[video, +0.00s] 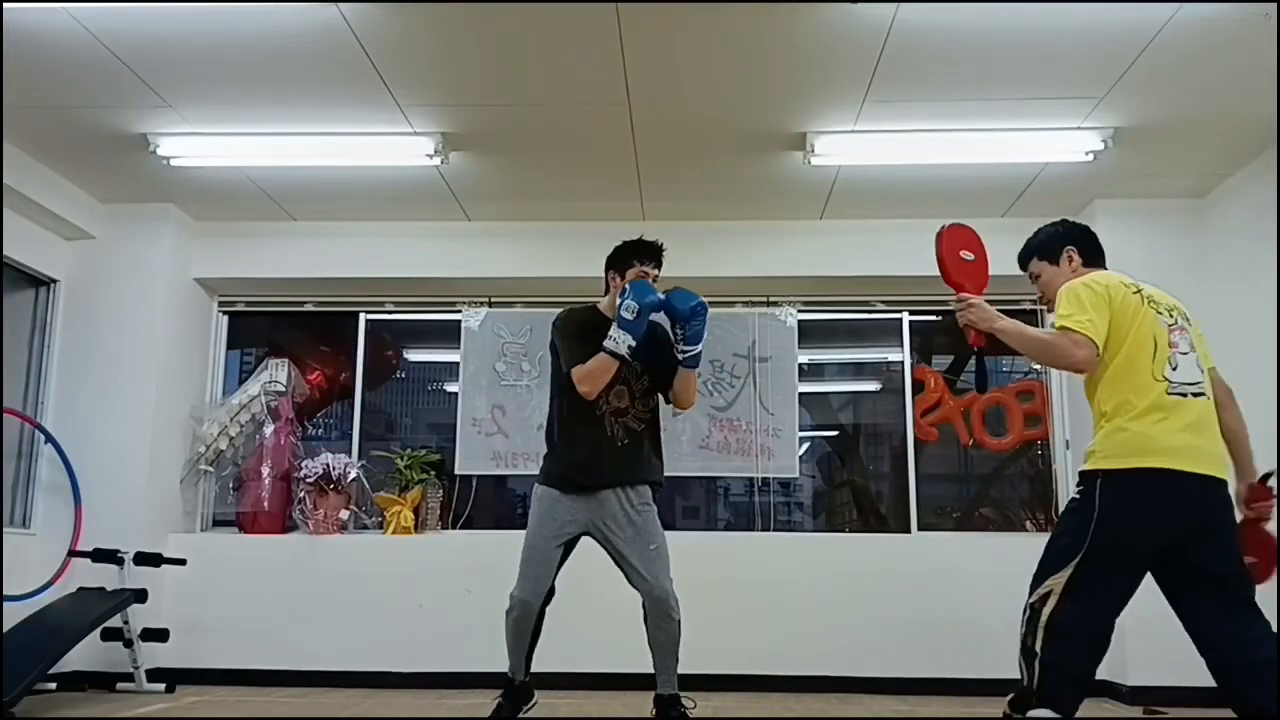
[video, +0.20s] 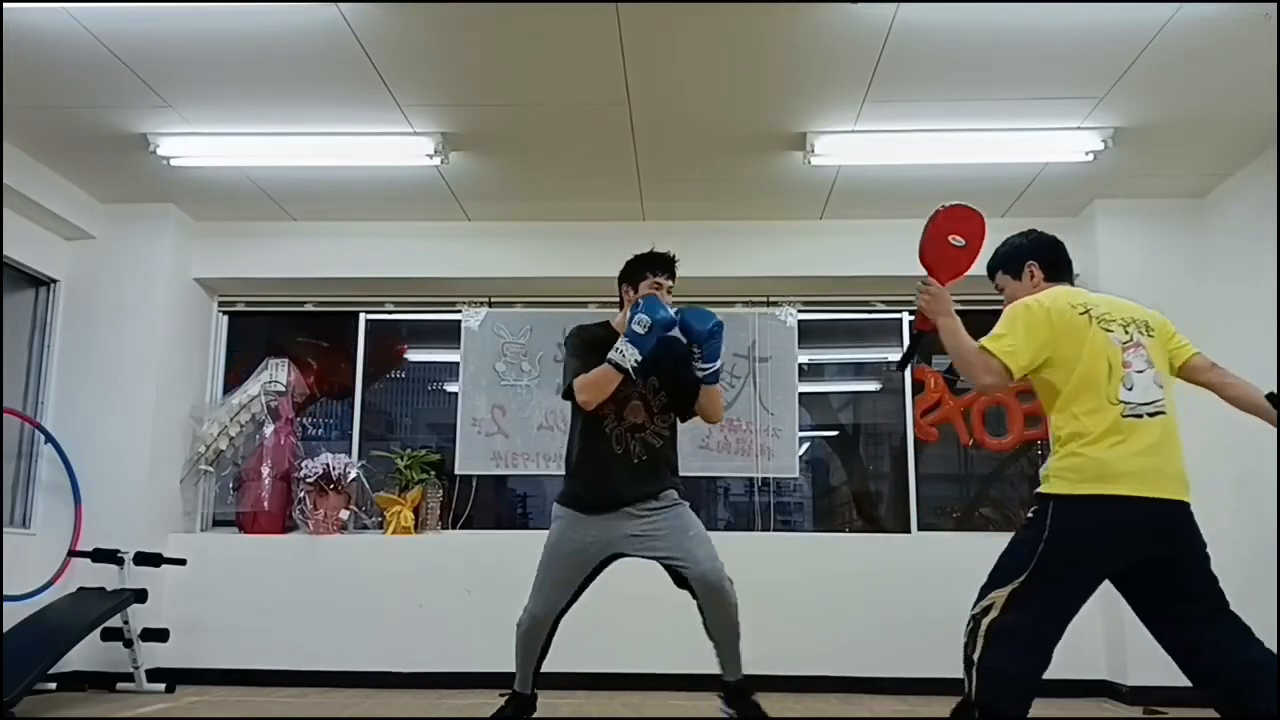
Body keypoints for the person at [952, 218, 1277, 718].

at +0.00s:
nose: (1038, 294)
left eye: (1038, 277)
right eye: (1033, 283)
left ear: (1071, 258)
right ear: (1089, 262)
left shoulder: (1088, 287)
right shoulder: (1173, 308)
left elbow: (1080, 353)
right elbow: (1221, 396)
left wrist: (997, 323)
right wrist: (1248, 480)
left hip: (1127, 480)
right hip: (1204, 489)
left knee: (1064, 606)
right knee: (1234, 623)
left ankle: (1044, 708)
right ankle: (1267, 705)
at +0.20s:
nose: (1004, 304)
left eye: (1004, 291)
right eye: (1000, 295)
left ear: (1032, 274)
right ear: (1054, 274)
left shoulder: (1040, 309)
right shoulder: (1141, 317)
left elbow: (987, 375)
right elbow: (1213, 374)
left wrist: (946, 318)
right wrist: (1272, 412)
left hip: (1081, 504)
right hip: (1162, 508)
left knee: (1004, 627)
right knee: (1212, 634)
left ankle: (987, 709)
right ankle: (1269, 701)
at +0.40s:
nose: (927, 266)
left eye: (927, 258)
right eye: (926, 259)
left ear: (948, 248)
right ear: (990, 245)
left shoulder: (931, 283)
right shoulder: (1056, 294)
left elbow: (849, 333)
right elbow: (1118, 372)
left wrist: (816, 302)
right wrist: (1161, 448)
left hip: (983, 493)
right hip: (1071, 487)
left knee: (959, 636)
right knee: (1135, 611)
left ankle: (969, 712)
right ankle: (1217, 703)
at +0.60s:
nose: (874, 219)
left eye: (875, 209)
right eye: (874, 210)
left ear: (893, 199)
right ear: (938, 198)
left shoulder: (883, 241)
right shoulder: (1004, 245)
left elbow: (856, 323)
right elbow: (1042, 330)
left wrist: (826, 392)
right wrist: (1036, 412)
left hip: (922, 430)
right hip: (999, 434)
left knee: (909, 570)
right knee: (987, 574)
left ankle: (899, 703)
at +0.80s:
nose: (805, 276)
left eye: (805, 261)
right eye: (801, 264)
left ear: (832, 248)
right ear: (861, 247)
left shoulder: (836, 297)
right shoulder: (939, 297)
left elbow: (820, 404)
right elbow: (978, 391)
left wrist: (799, 472)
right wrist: (994, 477)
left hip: (863, 490)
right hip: (939, 498)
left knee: (784, 598)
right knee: (916, 630)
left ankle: (725, 705)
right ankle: (940, 713)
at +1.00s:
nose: (697, 283)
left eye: (695, 268)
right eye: (694, 271)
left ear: (713, 255)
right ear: (756, 248)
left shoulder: (746, 310)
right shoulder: (845, 290)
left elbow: (743, 425)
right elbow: (909, 371)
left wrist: (741, 469)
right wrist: (957, 448)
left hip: (805, 501)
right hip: (878, 499)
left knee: (710, 627)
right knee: (867, 631)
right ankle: (922, 713)